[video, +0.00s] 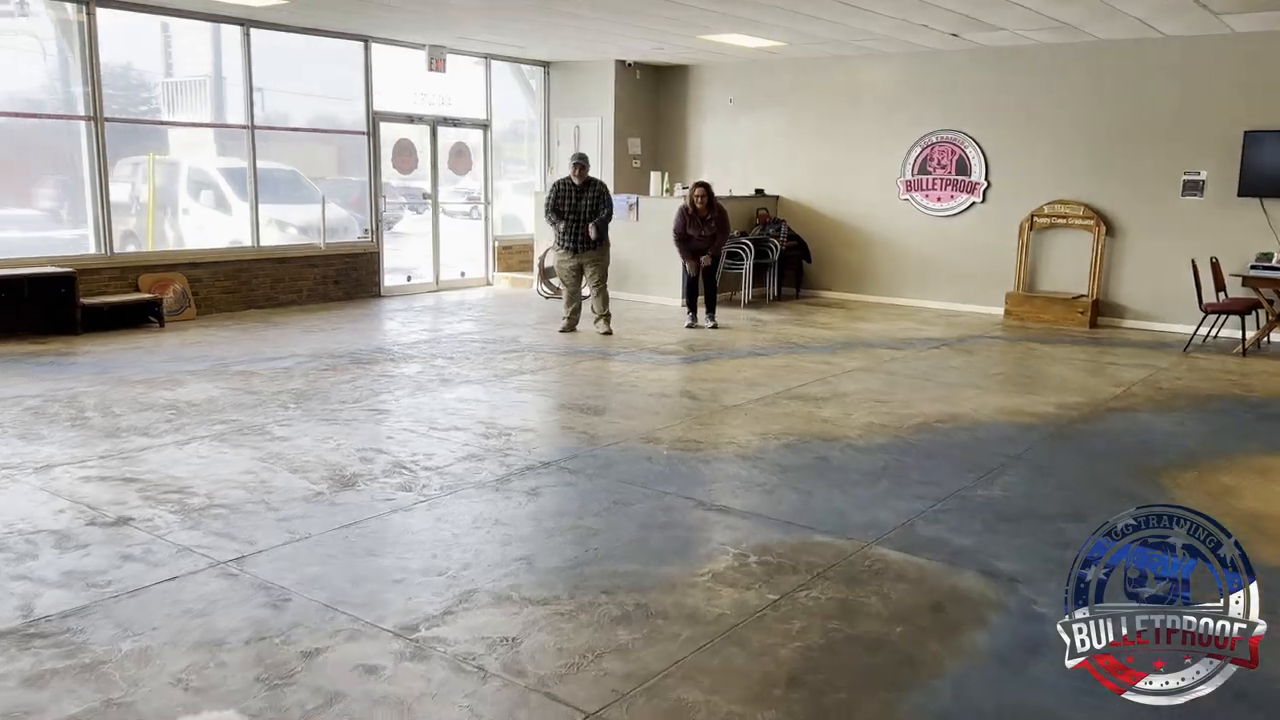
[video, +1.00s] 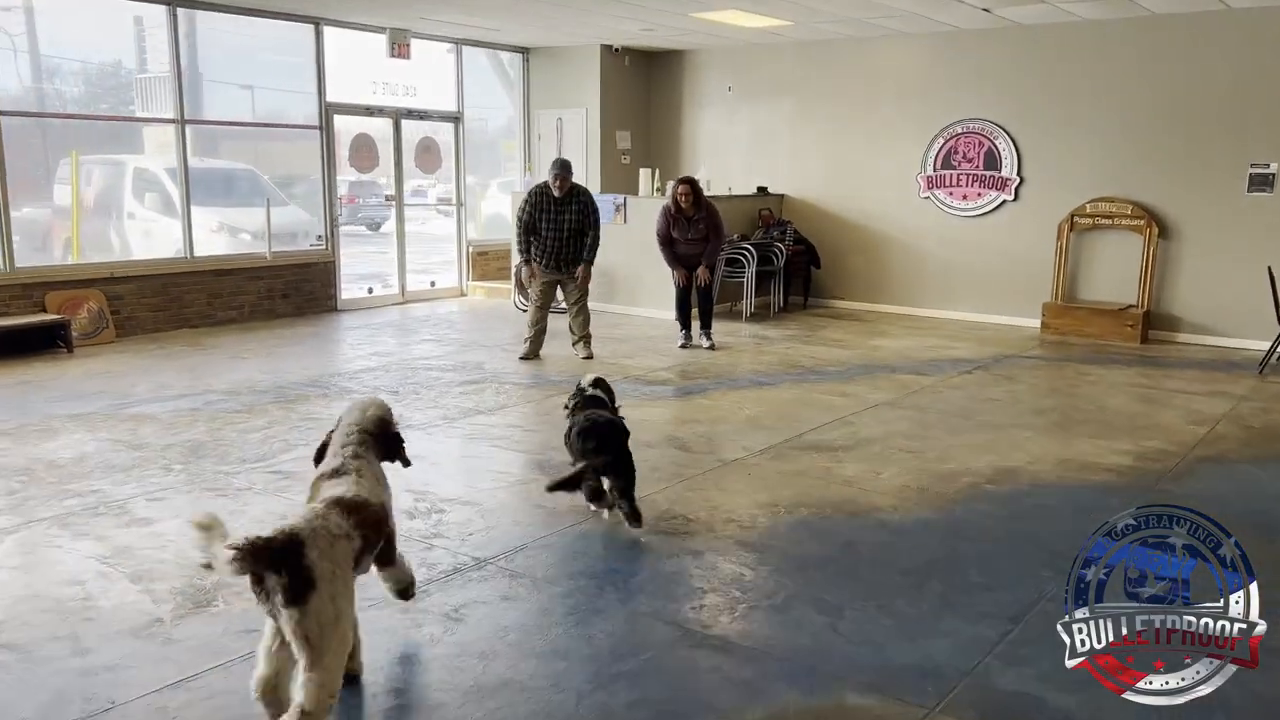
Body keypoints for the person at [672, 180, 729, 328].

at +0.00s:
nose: (699, 200)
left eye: (703, 196)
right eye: (696, 196)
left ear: (709, 197)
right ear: (692, 197)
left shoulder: (718, 211)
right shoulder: (684, 211)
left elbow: (723, 234)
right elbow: (678, 237)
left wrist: (711, 254)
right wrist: (688, 259)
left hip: (711, 250)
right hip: (691, 251)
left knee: (709, 278)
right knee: (691, 279)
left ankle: (710, 315)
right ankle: (691, 314)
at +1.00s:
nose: (684, 198)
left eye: (687, 194)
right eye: (680, 194)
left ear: (695, 194)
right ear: (675, 195)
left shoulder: (708, 209)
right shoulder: (667, 211)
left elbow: (717, 238)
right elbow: (663, 241)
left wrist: (705, 264)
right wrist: (676, 267)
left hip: (704, 258)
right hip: (681, 259)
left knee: (704, 290)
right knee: (682, 291)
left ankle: (705, 332)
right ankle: (685, 332)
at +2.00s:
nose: (688, 225)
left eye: (693, 221)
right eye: (685, 220)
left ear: (705, 218)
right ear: (681, 216)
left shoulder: (724, 230)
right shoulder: (676, 229)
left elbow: (733, 266)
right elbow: (668, 261)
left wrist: (725, 297)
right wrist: (658, 291)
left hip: (717, 283)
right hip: (689, 281)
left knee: (717, 325)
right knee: (685, 324)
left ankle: (717, 371)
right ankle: (684, 369)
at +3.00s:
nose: (776, 251)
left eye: (781, 247)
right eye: (772, 246)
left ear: (796, 241)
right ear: (767, 238)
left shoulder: (824, 245)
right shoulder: (766, 244)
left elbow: (827, 297)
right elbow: (754, 285)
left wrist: (801, 335)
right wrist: (745, 325)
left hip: (828, 288)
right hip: (788, 286)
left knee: (820, 339)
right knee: (778, 337)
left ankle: (823, 400)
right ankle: (781, 394)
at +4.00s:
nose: (778, 156)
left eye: (784, 151)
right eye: (773, 150)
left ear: (802, 142)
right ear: (766, 141)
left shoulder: (838, 144)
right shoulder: (769, 151)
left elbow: (853, 206)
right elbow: (771, 208)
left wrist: (817, 250)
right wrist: (782, 256)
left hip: (853, 207)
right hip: (807, 204)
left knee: (840, 274)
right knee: (791, 267)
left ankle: (837, 350)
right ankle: (789, 344)